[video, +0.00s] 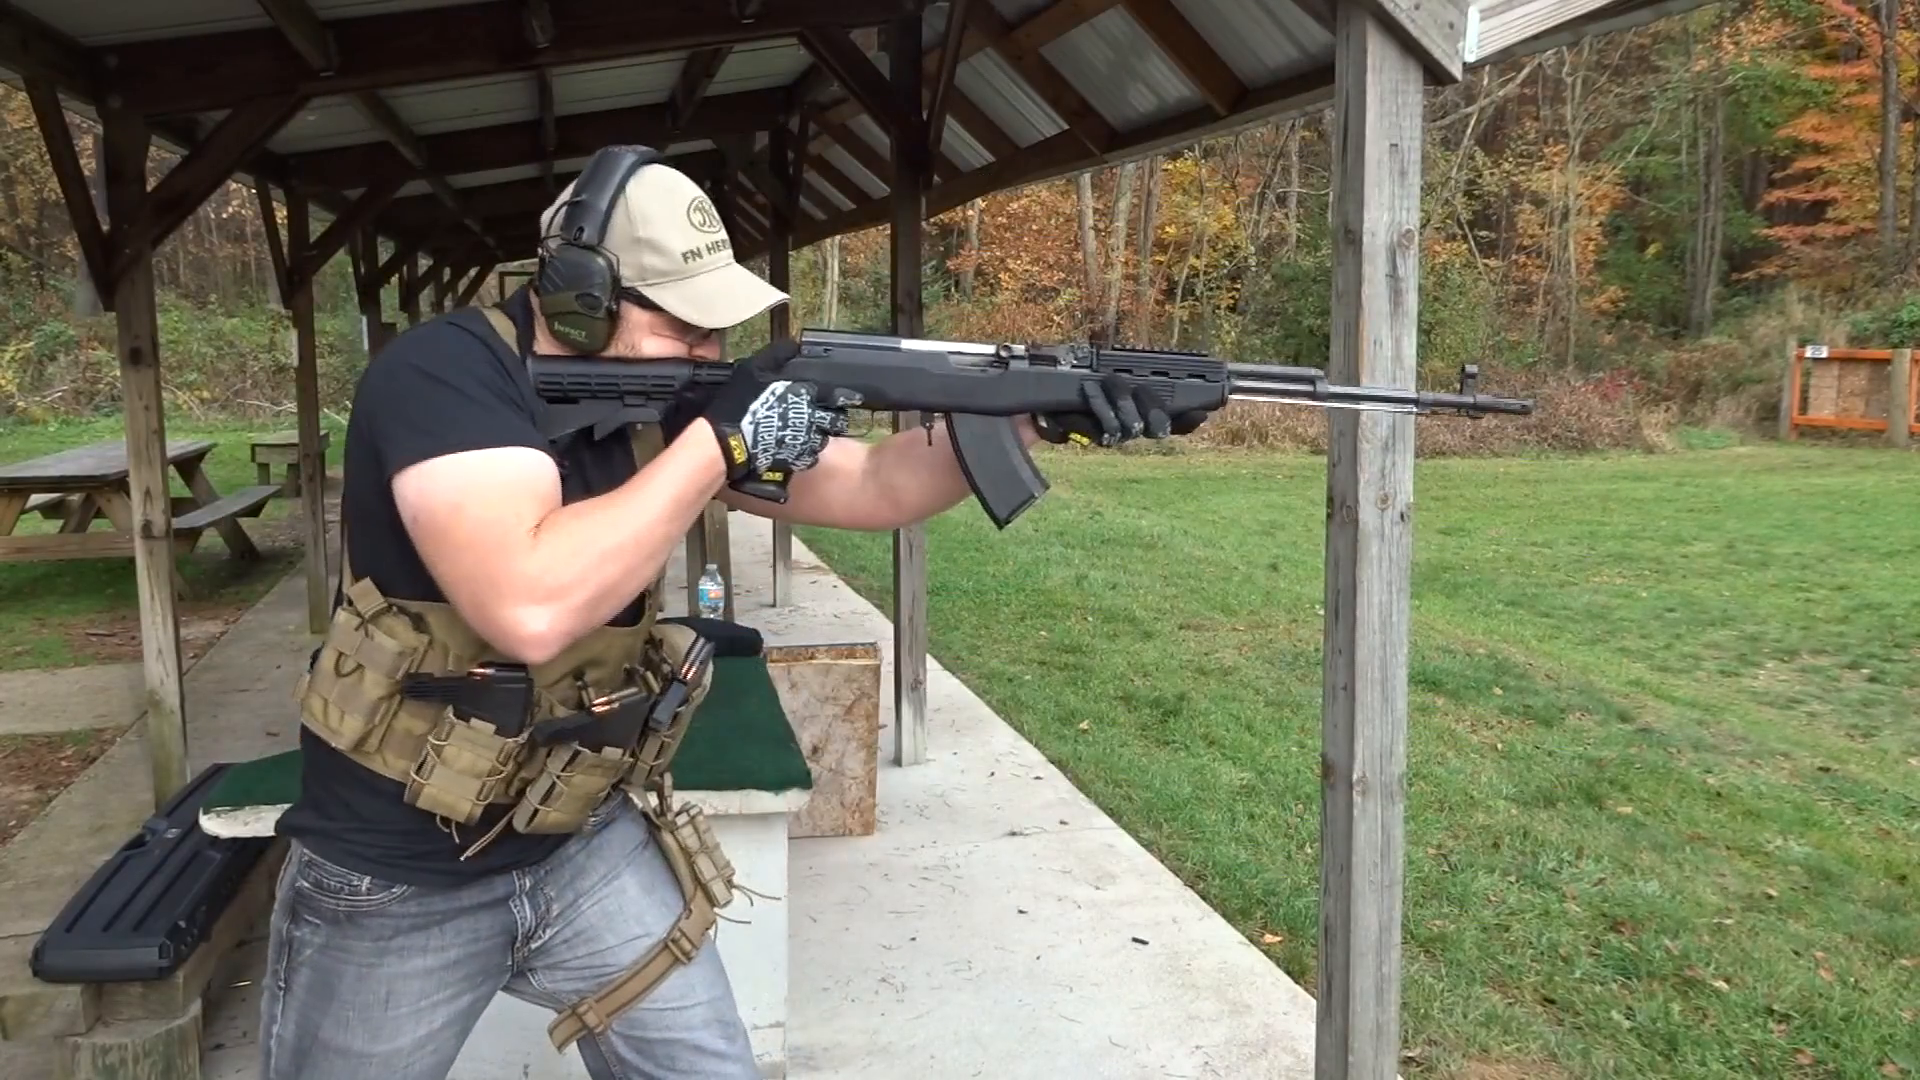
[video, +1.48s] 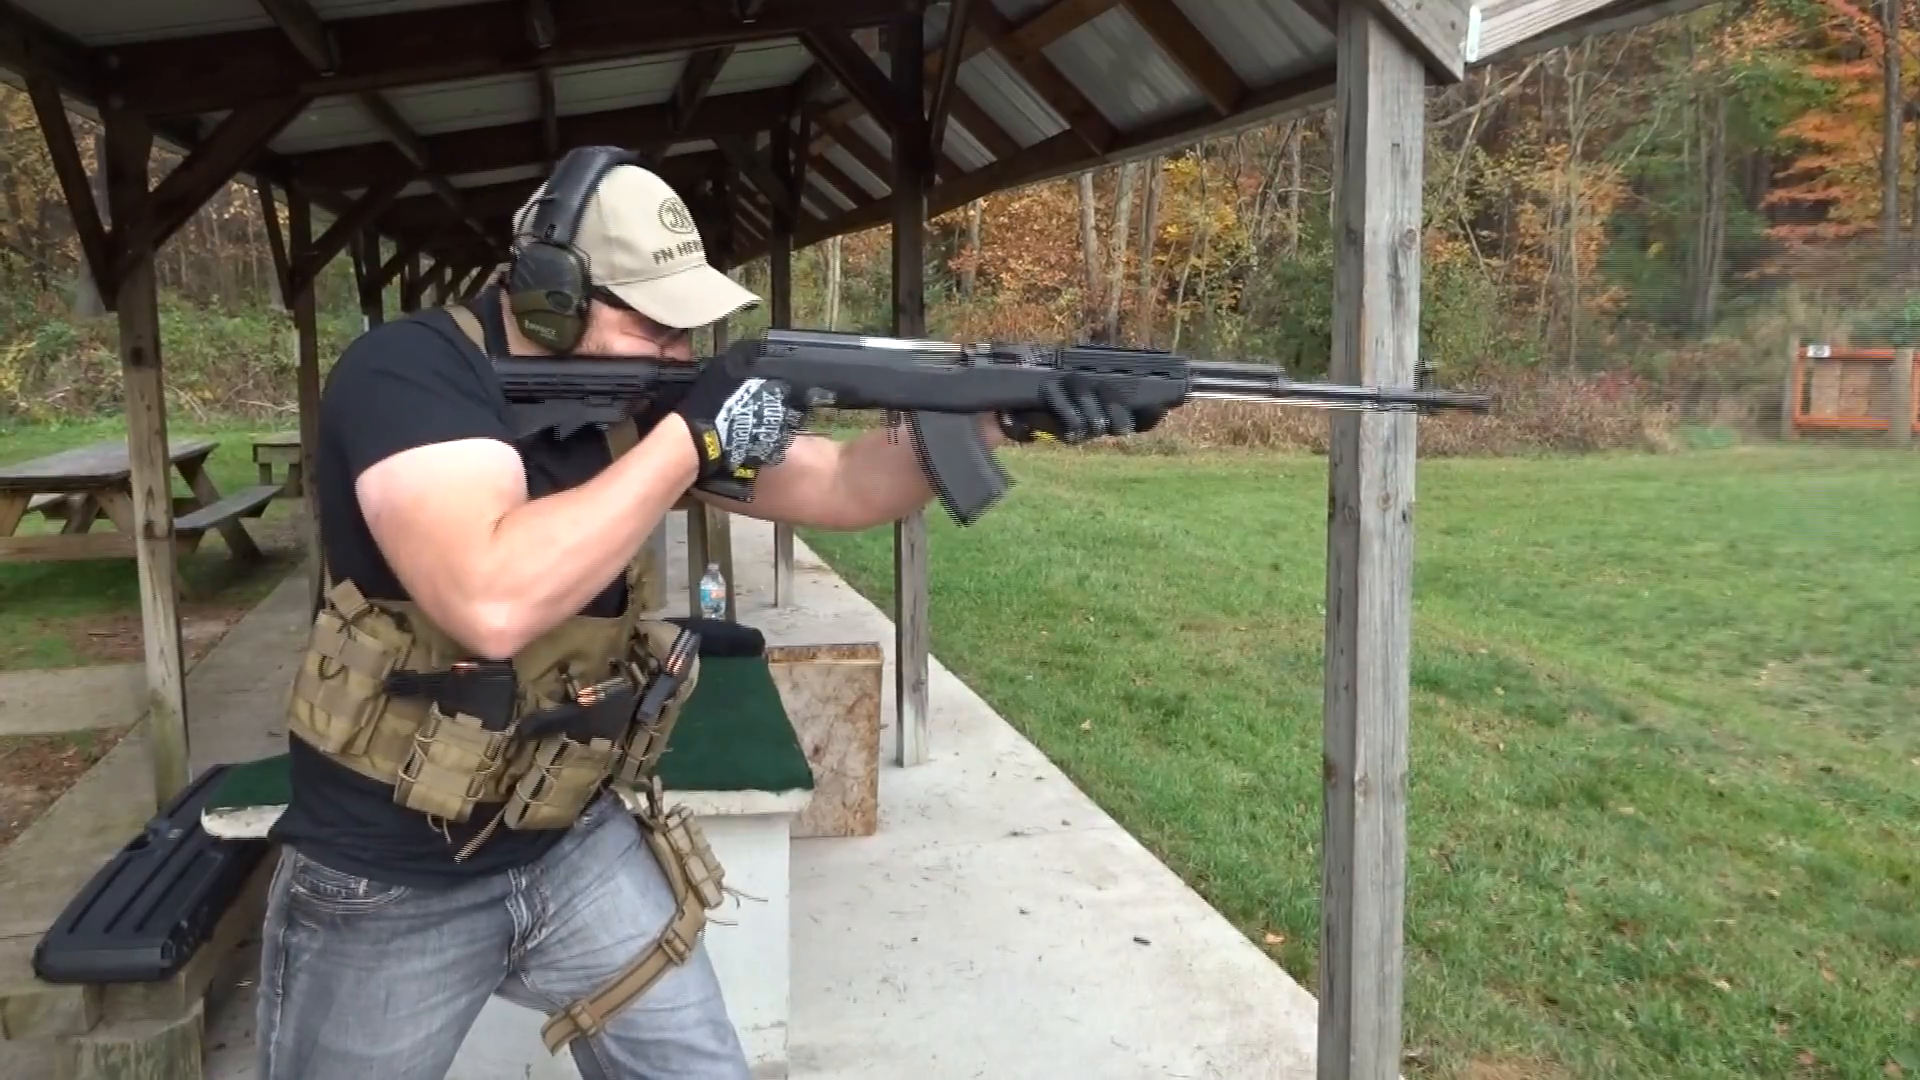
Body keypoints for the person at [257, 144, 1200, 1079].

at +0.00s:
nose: (705, 352)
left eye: (710, 330)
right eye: (680, 327)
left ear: (692, 309)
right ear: (582, 302)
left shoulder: (659, 404)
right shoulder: (433, 381)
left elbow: (876, 481)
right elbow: (533, 607)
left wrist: (1053, 404)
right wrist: (718, 438)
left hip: (593, 842)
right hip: (396, 876)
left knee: (711, 1065)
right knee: (331, 1075)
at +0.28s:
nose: (691, 347)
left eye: (698, 325)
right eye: (665, 322)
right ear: (568, 297)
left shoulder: (652, 401)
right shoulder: (418, 378)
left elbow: (861, 483)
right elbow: (515, 606)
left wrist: (1031, 408)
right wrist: (703, 432)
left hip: (585, 844)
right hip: (387, 884)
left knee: (706, 1064)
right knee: (324, 1075)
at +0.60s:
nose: (675, 345)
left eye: (681, 322)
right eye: (649, 320)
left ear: (671, 302)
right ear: (552, 298)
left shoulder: (637, 401)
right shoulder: (401, 379)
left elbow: (853, 478)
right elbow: (502, 598)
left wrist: (1033, 395)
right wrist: (696, 426)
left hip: (581, 844)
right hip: (386, 885)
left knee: (705, 1070)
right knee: (324, 1078)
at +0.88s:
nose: (673, 354)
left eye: (682, 332)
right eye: (651, 329)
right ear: (553, 297)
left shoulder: (630, 392)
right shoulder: (403, 377)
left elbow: (838, 482)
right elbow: (492, 602)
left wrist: (1005, 406)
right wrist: (678, 438)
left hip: (581, 840)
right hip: (386, 881)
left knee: (704, 1069)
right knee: (328, 1073)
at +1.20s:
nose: (670, 350)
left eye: (677, 327)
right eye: (644, 324)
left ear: (669, 304)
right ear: (547, 299)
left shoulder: (629, 400)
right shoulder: (398, 380)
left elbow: (842, 478)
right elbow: (495, 596)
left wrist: (1025, 399)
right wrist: (696, 428)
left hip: (580, 844)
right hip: (385, 886)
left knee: (704, 1068)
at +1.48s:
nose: (673, 351)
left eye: (680, 329)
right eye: (648, 326)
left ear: (674, 310)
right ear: (551, 302)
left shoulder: (636, 392)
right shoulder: (400, 377)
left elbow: (842, 481)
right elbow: (490, 600)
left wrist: (1014, 407)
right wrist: (691, 431)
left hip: (580, 844)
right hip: (388, 887)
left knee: (703, 1065)